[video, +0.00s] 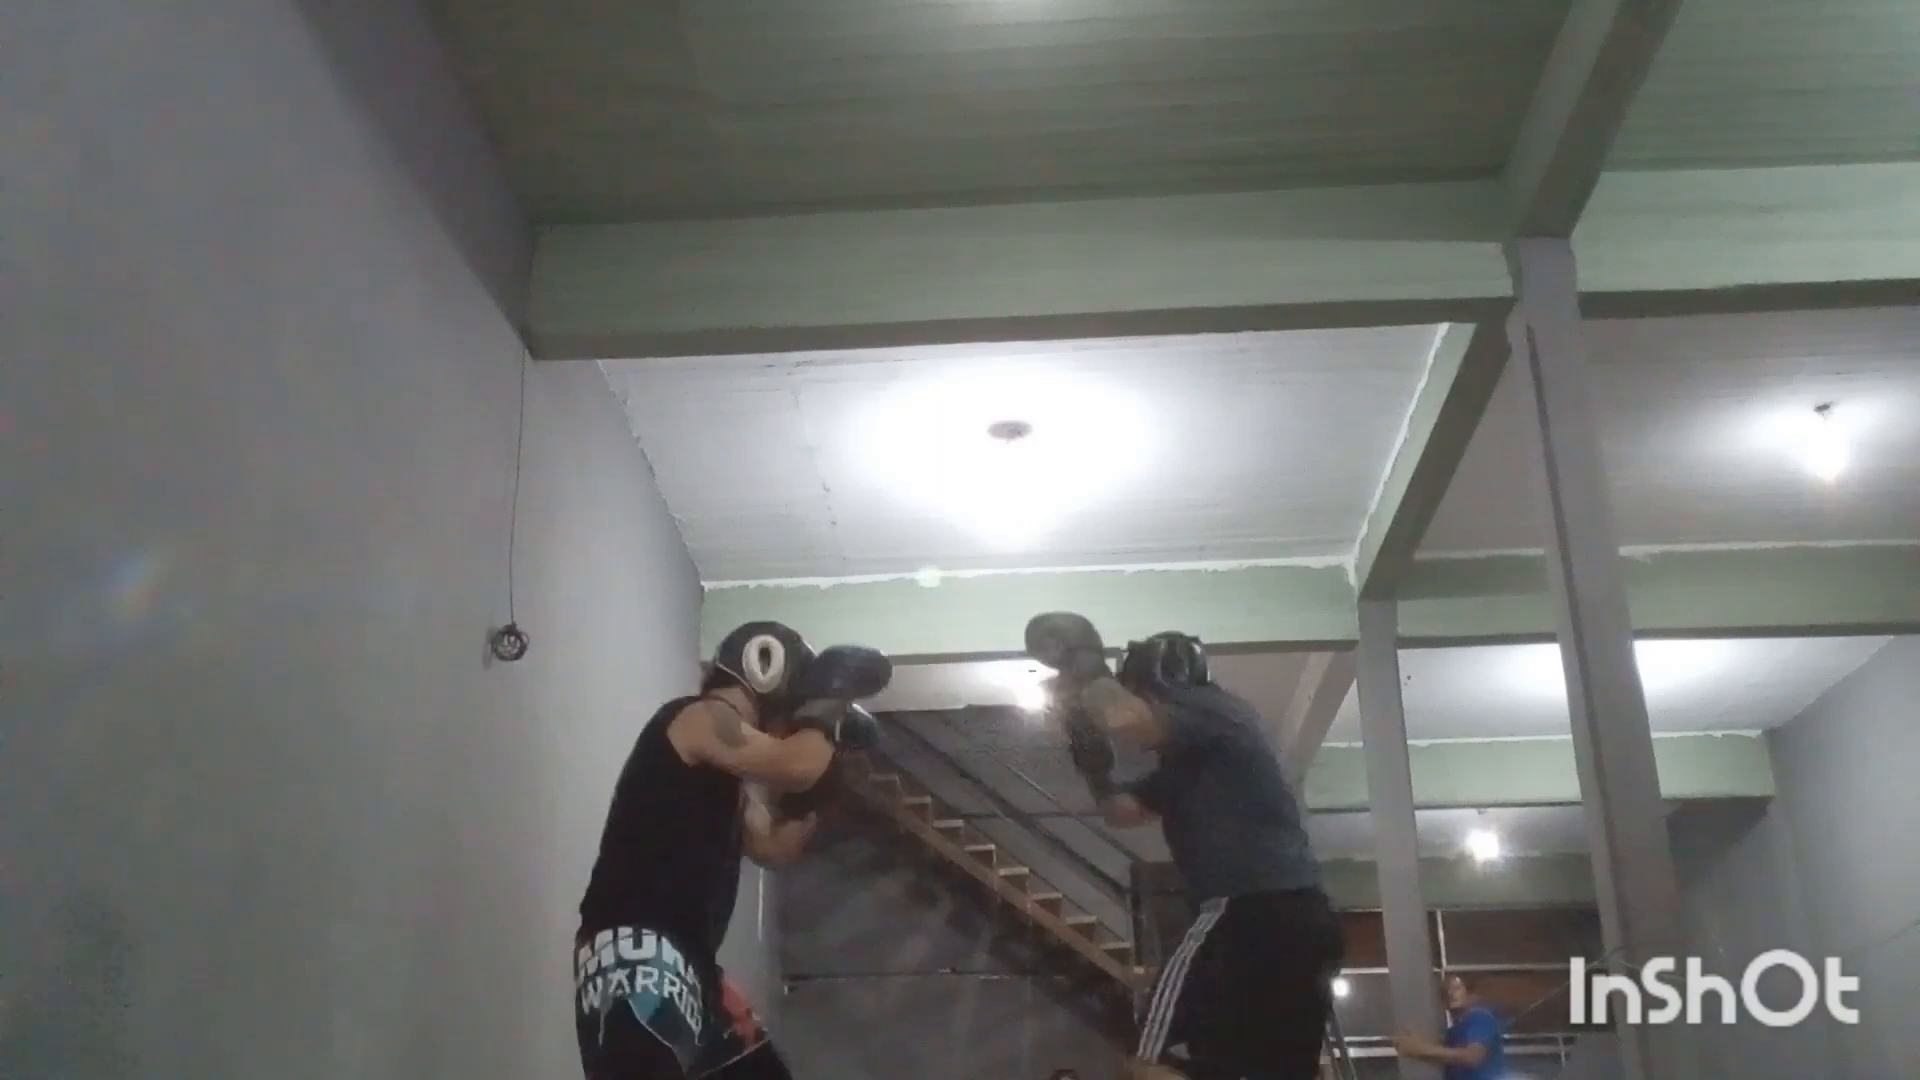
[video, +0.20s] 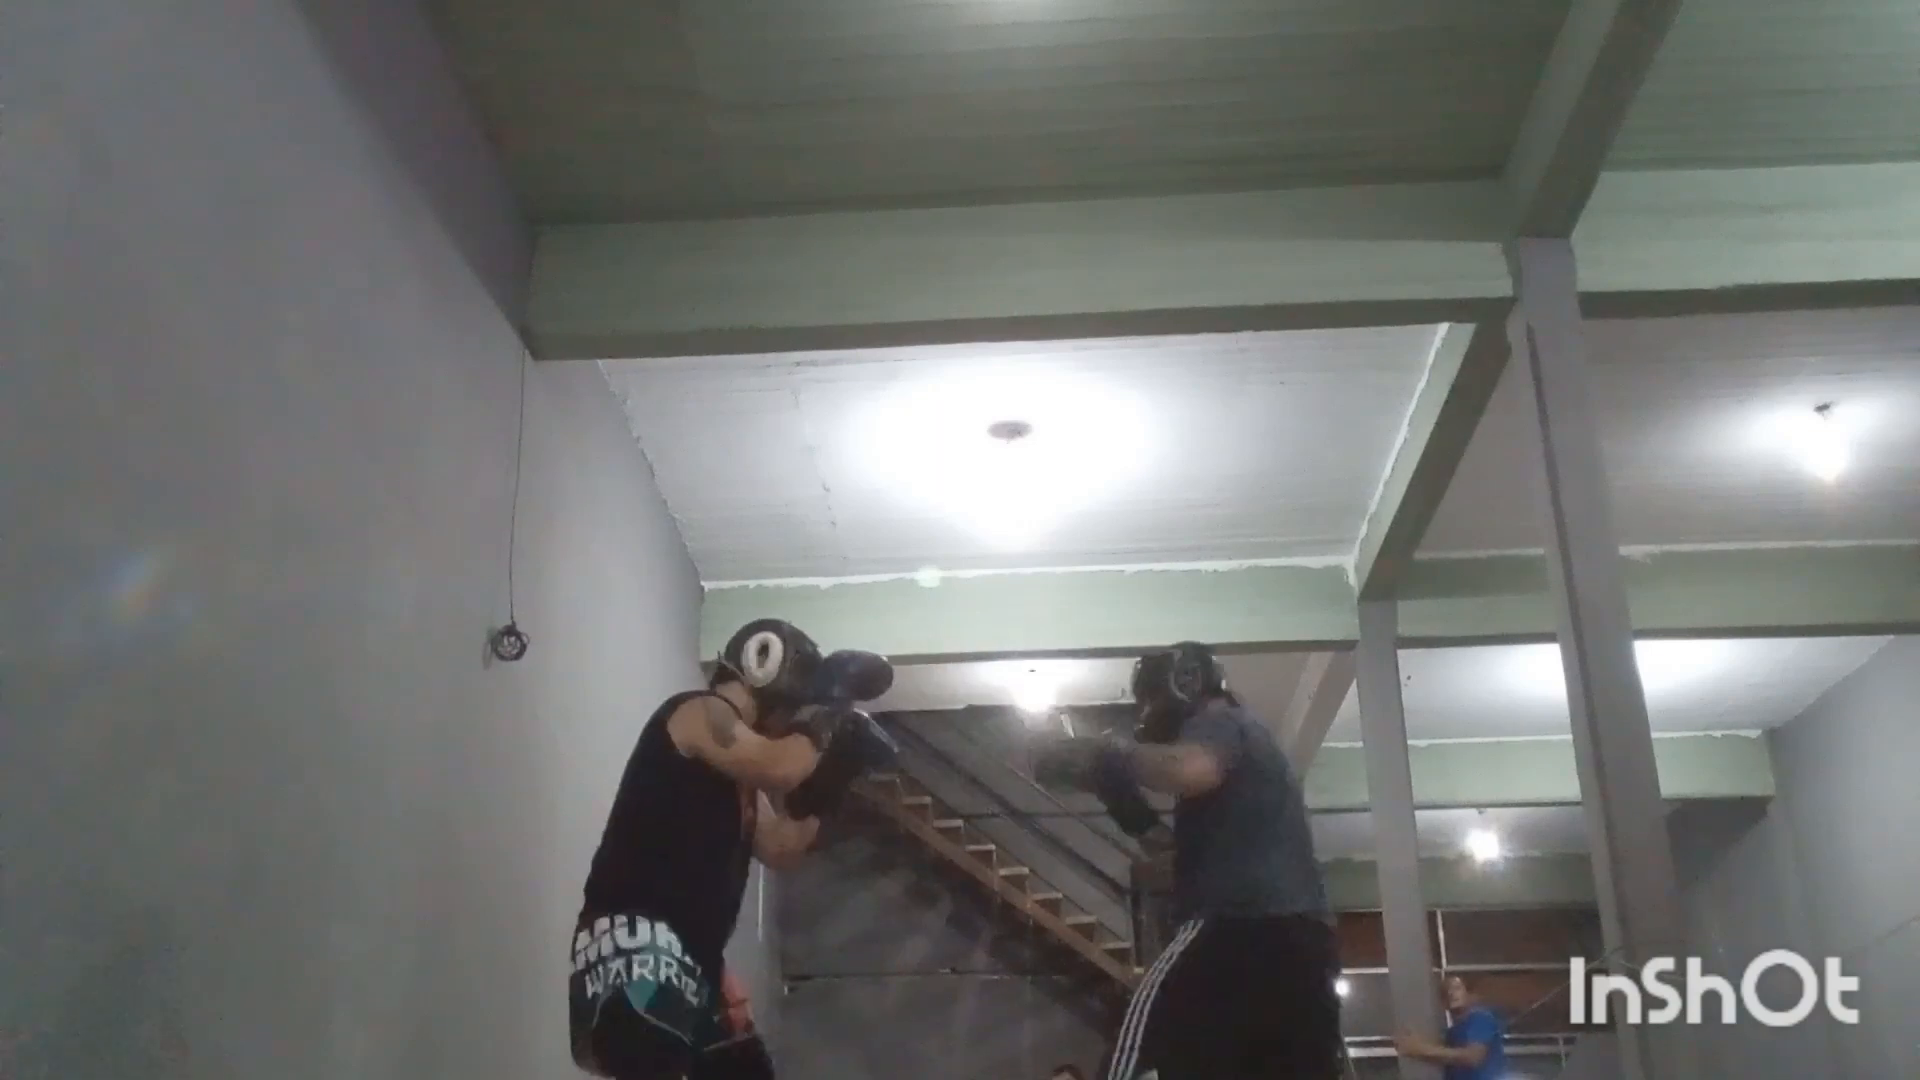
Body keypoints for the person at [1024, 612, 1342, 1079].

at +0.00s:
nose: (1136, 708)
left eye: (1137, 696)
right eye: (1133, 698)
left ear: (1155, 681)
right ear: (1189, 670)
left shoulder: (1211, 706)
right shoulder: (1190, 756)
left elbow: (1126, 720)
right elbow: (1123, 812)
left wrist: (1086, 671)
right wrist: (1097, 771)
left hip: (1253, 911)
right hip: (1300, 911)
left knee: (1155, 1057)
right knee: (1284, 1069)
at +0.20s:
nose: (1141, 716)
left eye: (1147, 700)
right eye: (1140, 704)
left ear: (1183, 683)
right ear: (1201, 683)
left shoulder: (1218, 719)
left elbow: (1196, 770)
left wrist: (1109, 755)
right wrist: (1132, 809)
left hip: (1243, 928)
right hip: (1303, 930)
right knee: (1303, 1066)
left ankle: (1118, 1074)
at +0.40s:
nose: (1145, 714)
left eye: (1147, 699)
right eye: (1142, 702)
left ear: (1172, 687)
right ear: (1208, 682)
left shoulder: (1209, 713)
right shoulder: (1255, 729)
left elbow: (1191, 775)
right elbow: (1195, 855)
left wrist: (1106, 752)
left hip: (1255, 920)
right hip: (1325, 920)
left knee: (1174, 1058)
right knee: (1331, 1067)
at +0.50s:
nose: (1134, 711)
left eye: (1136, 700)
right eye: (1133, 703)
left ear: (1153, 689)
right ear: (1203, 680)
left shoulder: (1187, 719)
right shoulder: (1241, 727)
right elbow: (1176, 831)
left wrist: (1068, 727)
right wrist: (1123, 787)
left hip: (1247, 935)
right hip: (1322, 930)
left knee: (1171, 1064)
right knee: (1331, 1067)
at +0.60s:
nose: (1124, 700)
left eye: (1125, 690)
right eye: (1124, 692)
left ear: (1140, 681)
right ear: (1200, 677)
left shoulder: (1153, 716)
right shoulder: (1250, 727)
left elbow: (1079, 778)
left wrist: (1057, 736)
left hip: (1213, 924)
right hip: (1305, 923)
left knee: (1153, 1059)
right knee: (1322, 1062)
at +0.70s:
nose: (1130, 698)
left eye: (1131, 687)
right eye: (1129, 687)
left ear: (1146, 676)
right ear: (1202, 674)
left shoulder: (1156, 716)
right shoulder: (1257, 722)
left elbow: (1100, 793)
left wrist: (1049, 767)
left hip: (1201, 929)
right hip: (1297, 925)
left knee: (1163, 1068)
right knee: (1314, 1070)